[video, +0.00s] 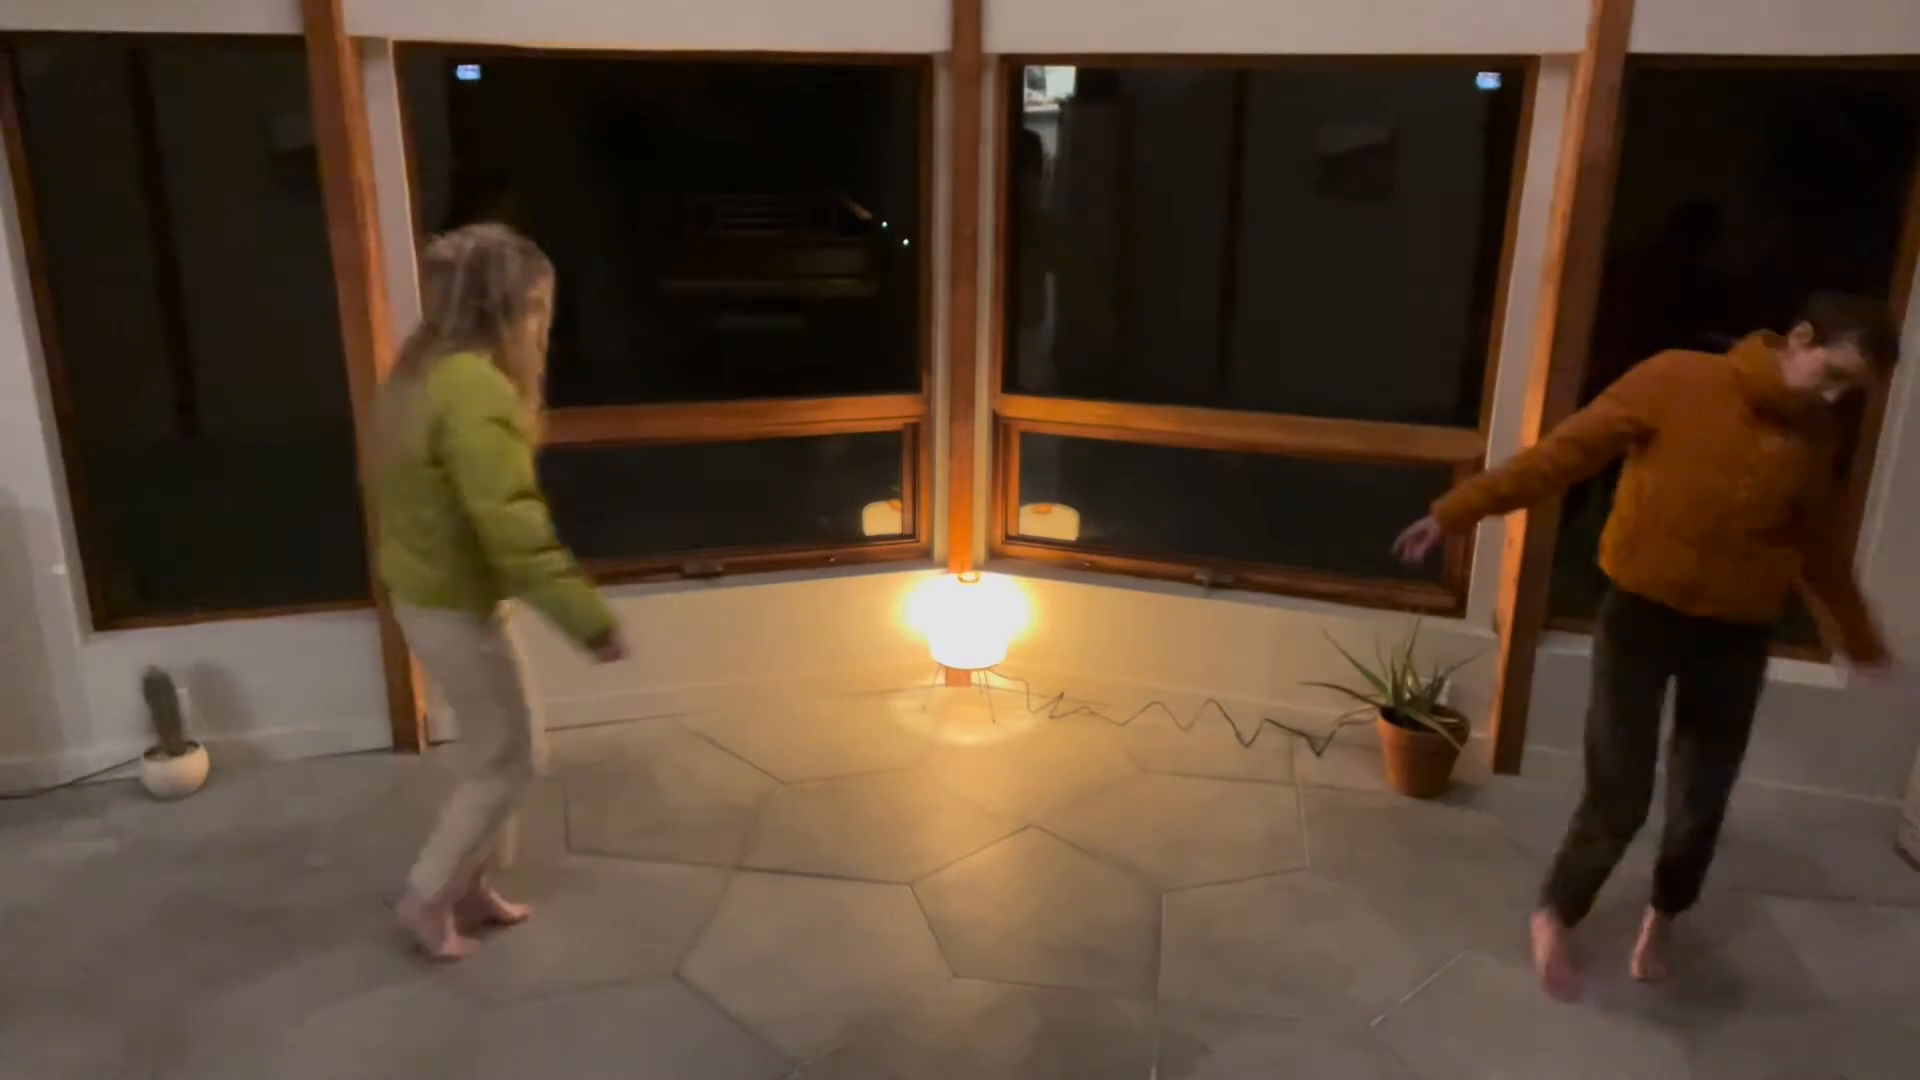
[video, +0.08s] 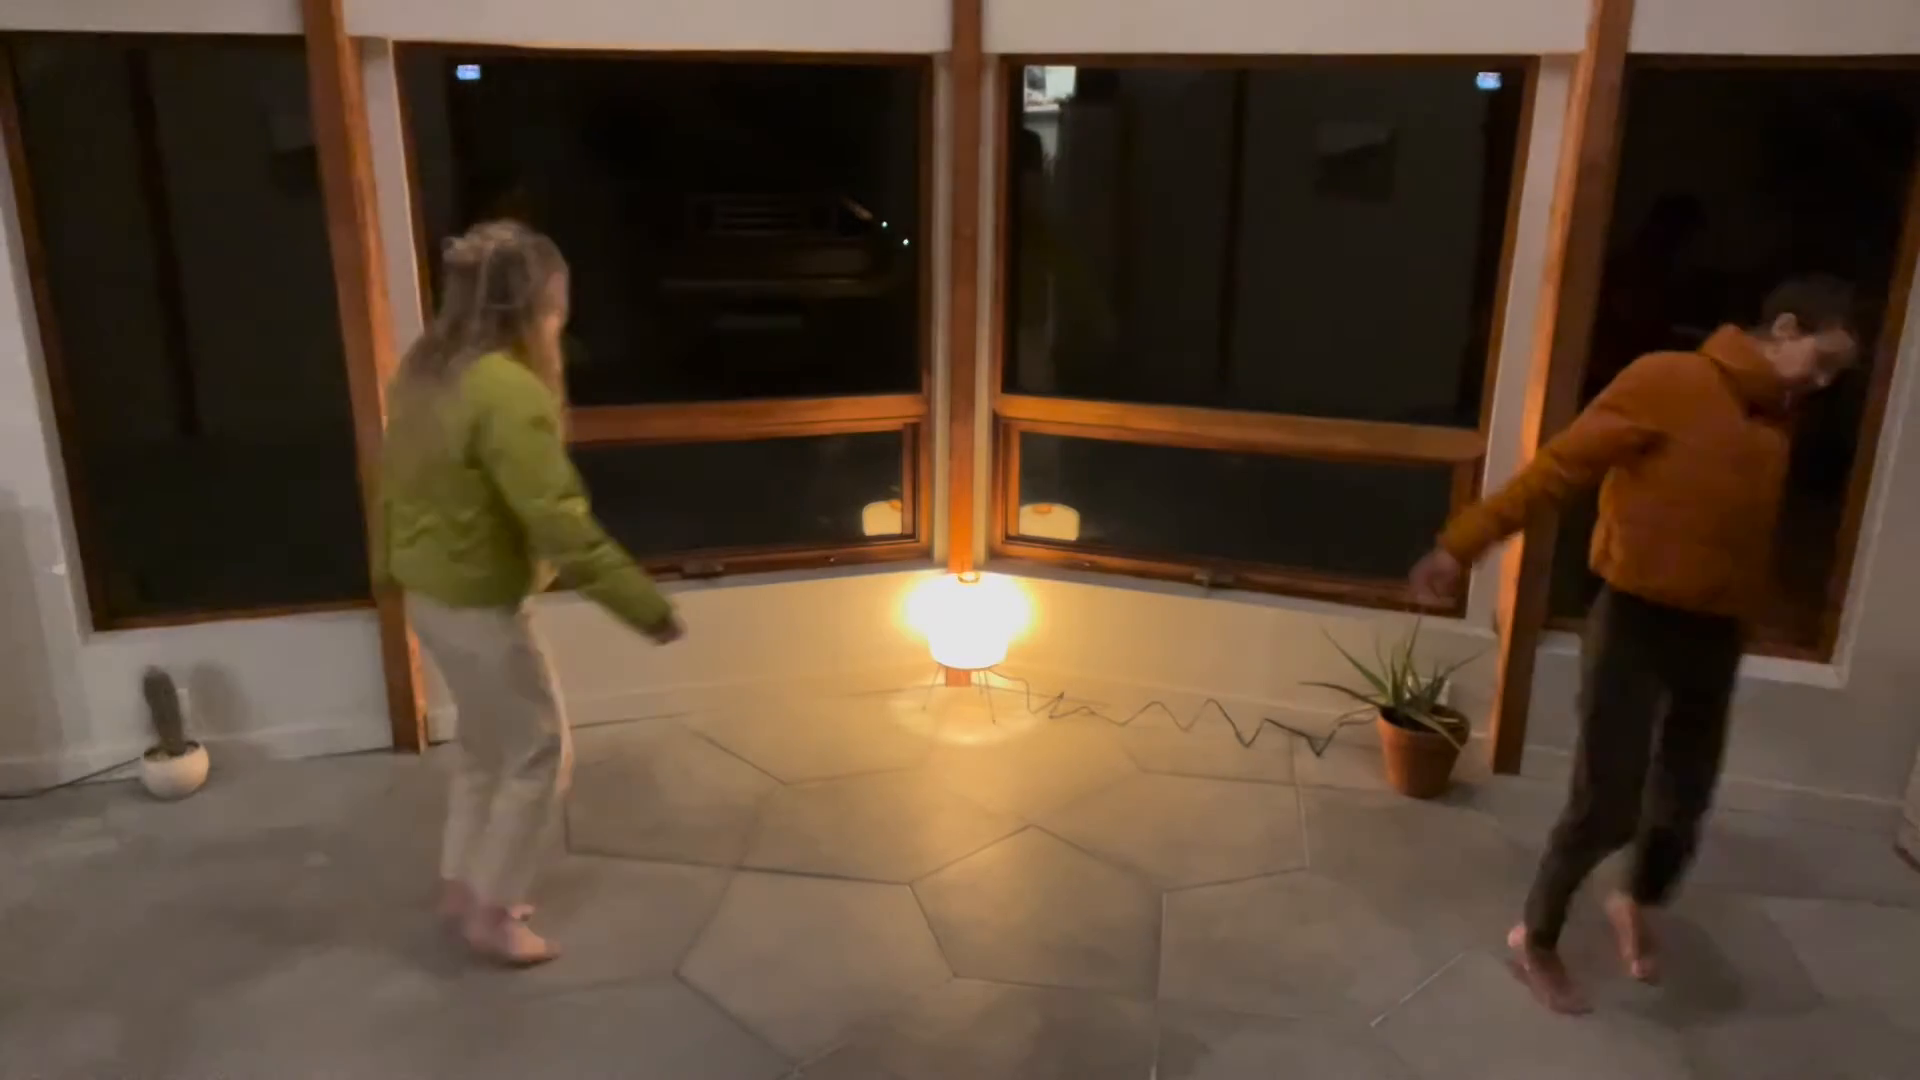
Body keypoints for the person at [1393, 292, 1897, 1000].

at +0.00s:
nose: (1832, 395)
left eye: (1847, 386)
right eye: (1834, 374)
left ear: (1853, 381)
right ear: (1801, 340)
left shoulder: (1816, 435)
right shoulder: (1676, 382)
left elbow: (1823, 551)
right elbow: (1563, 452)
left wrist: (1861, 640)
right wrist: (1457, 508)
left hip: (1733, 633)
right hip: (1640, 614)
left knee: (1700, 803)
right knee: (1621, 795)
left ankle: (1660, 918)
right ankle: (1553, 918)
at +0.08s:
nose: (1822, 382)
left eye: (1833, 370)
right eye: (1823, 361)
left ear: (1794, 338)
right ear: (1787, 329)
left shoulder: (1775, 414)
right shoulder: (1666, 382)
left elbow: (1745, 525)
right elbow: (1556, 471)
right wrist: (1456, 547)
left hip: (1713, 629)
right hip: (1633, 617)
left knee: (1683, 800)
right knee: (1610, 803)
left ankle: (1637, 901)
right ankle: (1534, 937)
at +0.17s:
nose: (1807, 372)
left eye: (1818, 359)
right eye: (1809, 353)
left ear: (1778, 334)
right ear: (1771, 326)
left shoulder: (1746, 406)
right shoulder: (1665, 386)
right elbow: (1572, 479)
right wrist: (1491, 565)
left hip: (1693, 627)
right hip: (1635, 620)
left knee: (1657, 791)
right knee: (1612, 784)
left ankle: (1587, 909)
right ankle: (1532, 937)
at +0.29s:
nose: (1767, 356)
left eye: (1774, 341)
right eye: (1769, 337)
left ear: (1721, 319)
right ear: (1741, 321)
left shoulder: (1656, 386)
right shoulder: (1673, 395)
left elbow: (1599, 495)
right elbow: (1620, 509)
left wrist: (1551, 572)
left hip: (1653, 617)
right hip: (1653, 622)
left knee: (1608, 777)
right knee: (1631, 795)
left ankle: (1539, 919)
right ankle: (1541, 939)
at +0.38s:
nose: (1750, 342)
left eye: (1752, 329)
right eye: (1750, 328)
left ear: (1671, 313)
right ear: (1730, 323)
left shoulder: (1610, 390)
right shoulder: (1696, 407)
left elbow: (1556, 486)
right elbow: (1666, 529)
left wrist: (1503, 556)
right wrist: (1675, 645)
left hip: (1585, 616)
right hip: (1643, 632)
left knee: (1585, 781)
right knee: (1633, 808)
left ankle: (1534, 921)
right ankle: (1561, 961)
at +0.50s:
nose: (1711, 338)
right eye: (1711, 327)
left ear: (1632, 315)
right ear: (1706, 329)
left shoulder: (1574, 396)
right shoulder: (1711, 409)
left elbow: (1504, 502)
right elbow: (1742, 542)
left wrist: (1428, 569)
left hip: (1559, 624)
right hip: (1653, 639)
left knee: (1547, 786)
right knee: (1618, 807)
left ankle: (1525, 948)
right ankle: (1561, 978)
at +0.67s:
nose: (1612, 327)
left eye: (1610, 312)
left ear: (1607, 316)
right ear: (1684, 326)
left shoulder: (1554, 404)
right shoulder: (1717, 414)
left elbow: (1488, 524)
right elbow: (1776, 538)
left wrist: (1405, 608)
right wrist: (1877, 627)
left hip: (1544, 630)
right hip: (1637, 637)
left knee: (1530, 790)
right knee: (1594, 798)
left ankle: (1523, 971)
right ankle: (1572, 963)